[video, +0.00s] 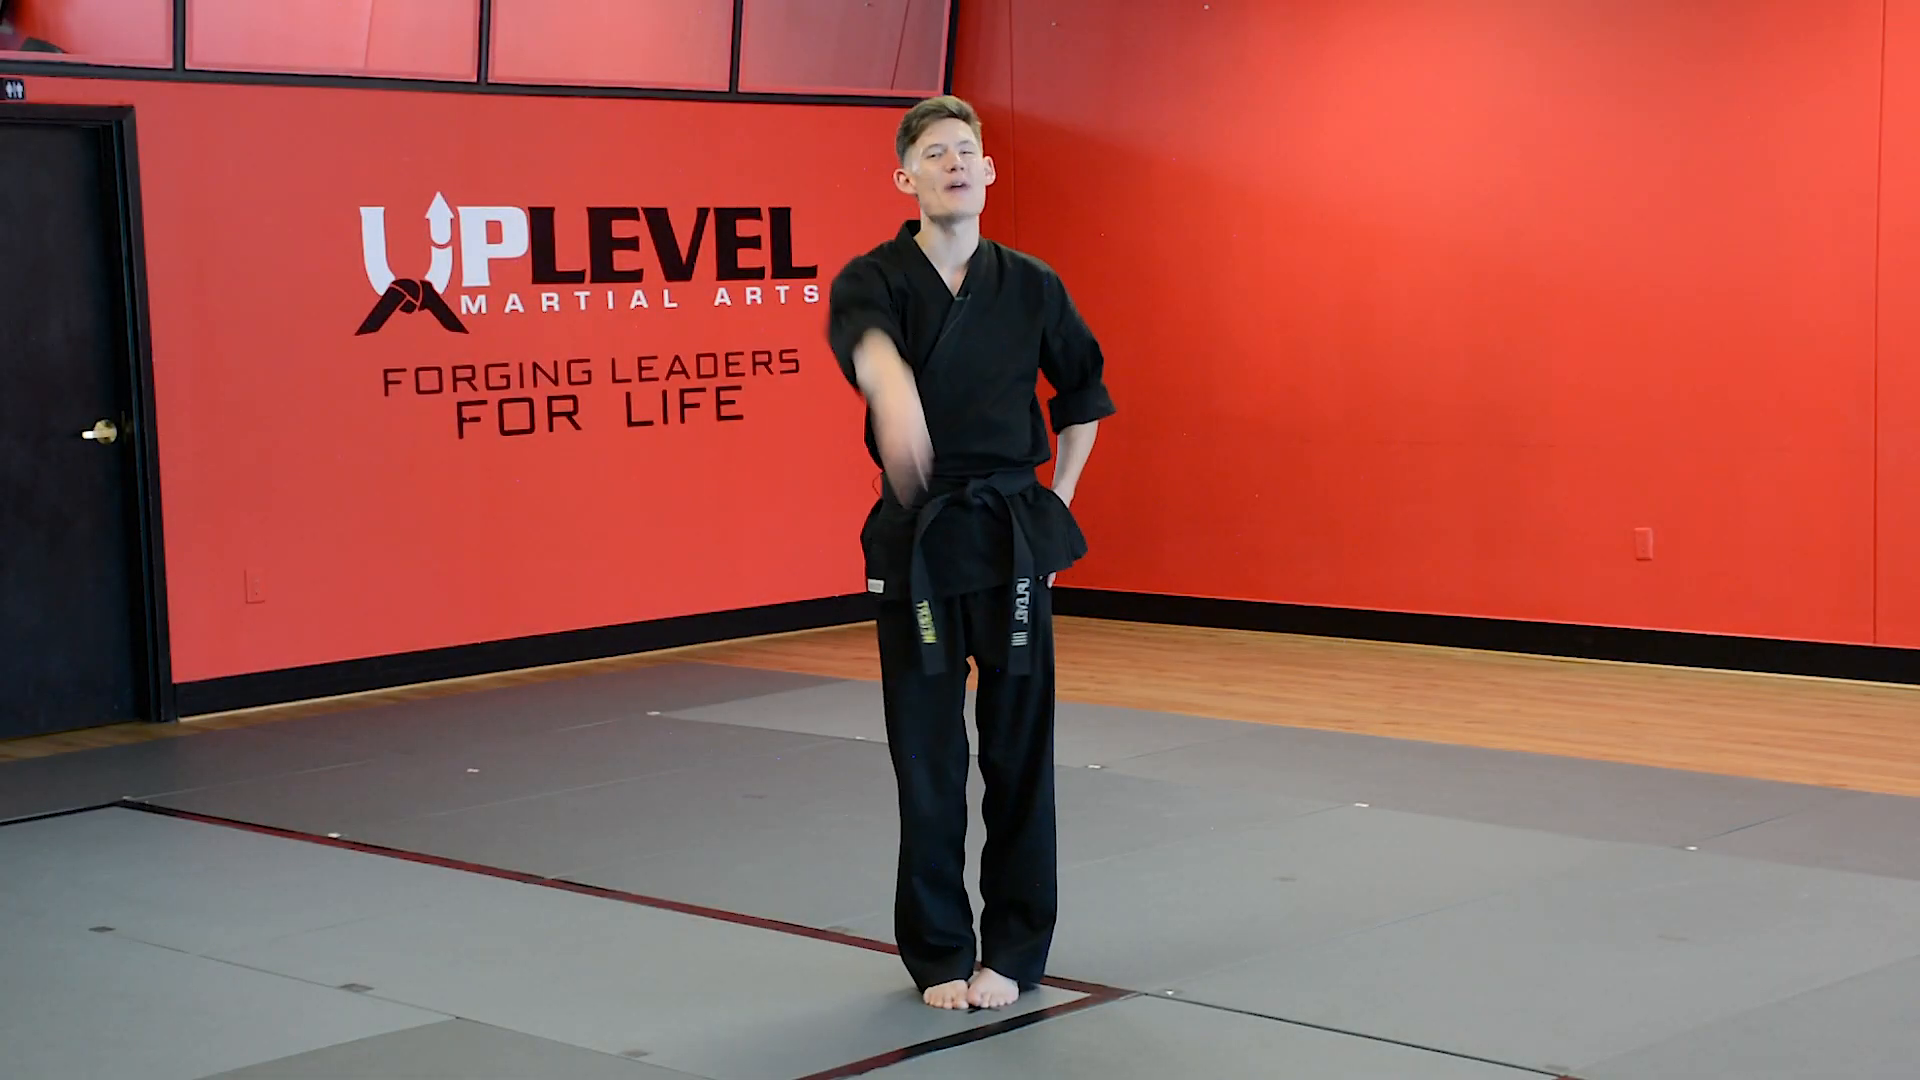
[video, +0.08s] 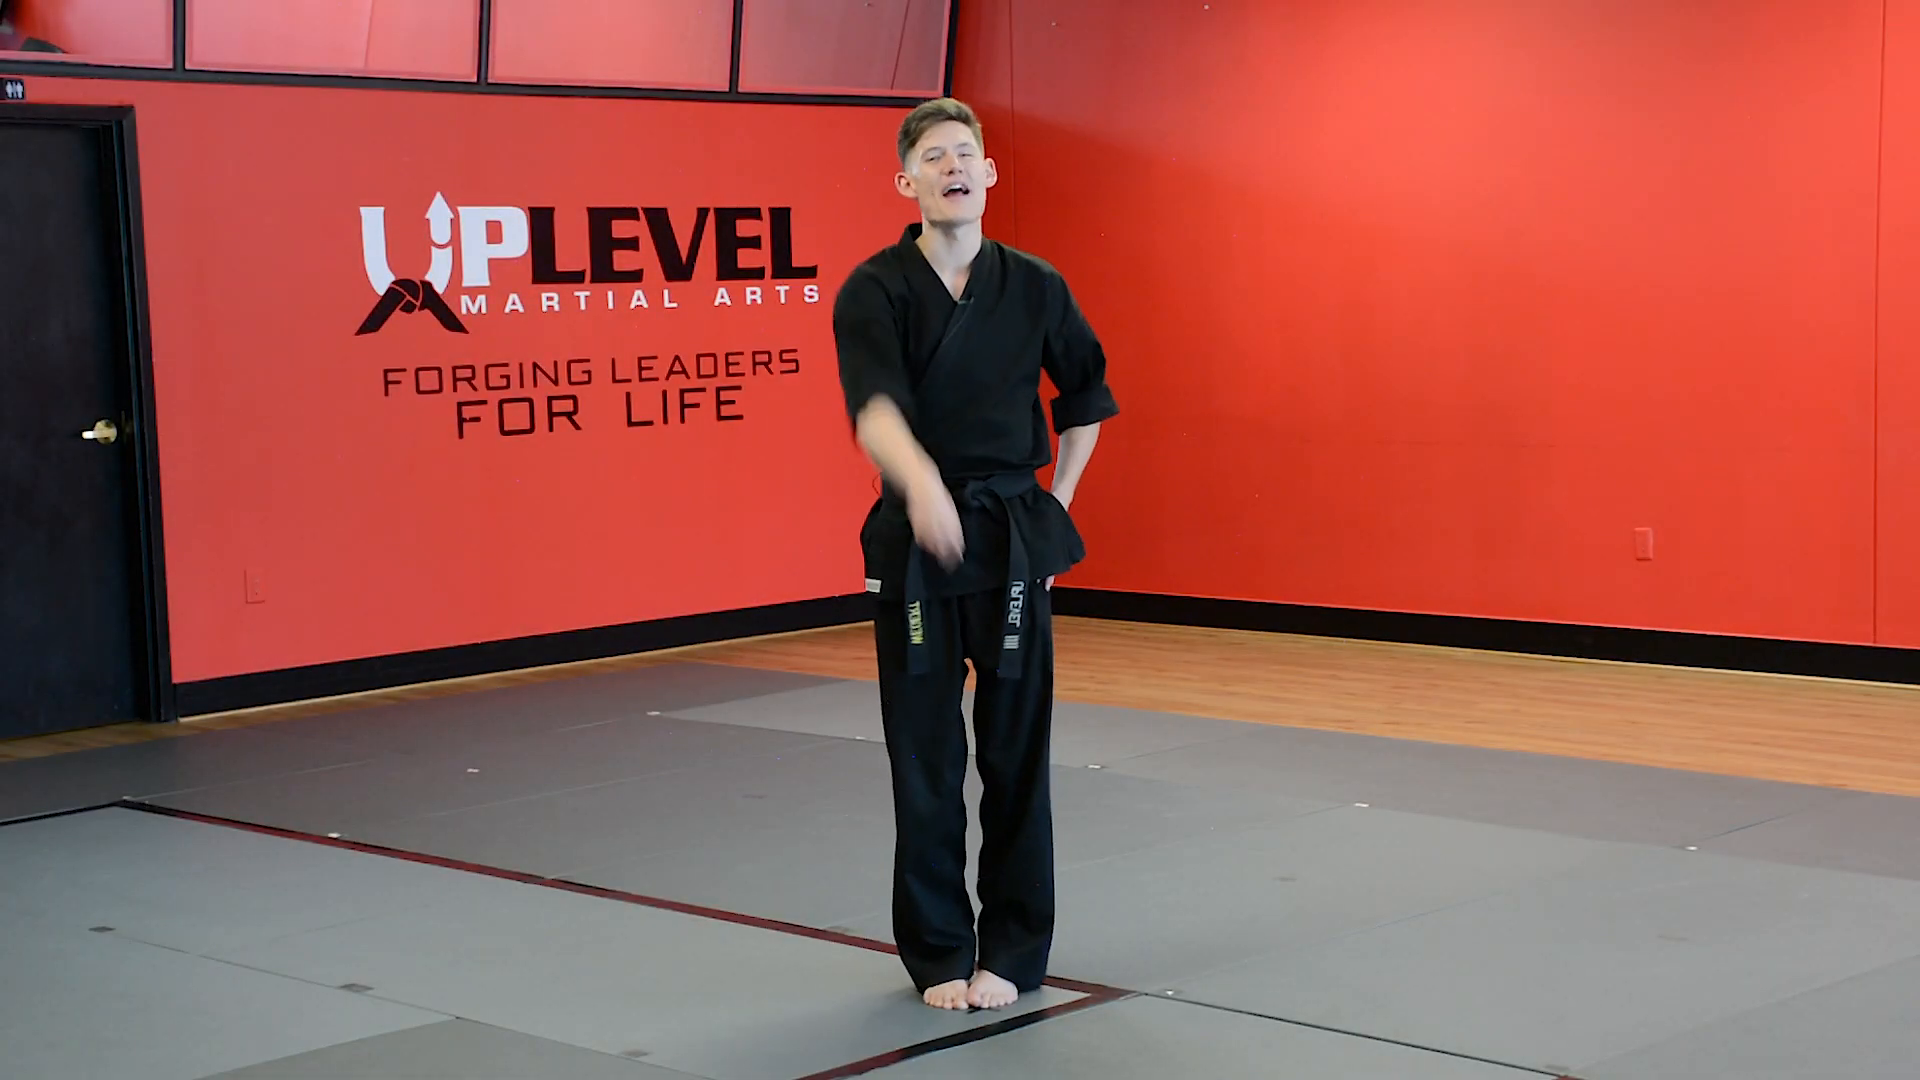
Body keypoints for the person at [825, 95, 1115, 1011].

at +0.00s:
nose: (960, 164)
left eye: (970, 152)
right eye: (938, 154)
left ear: (990, 172)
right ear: (906, 180)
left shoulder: (1030, 283)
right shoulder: (870, 281)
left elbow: (1086, 393)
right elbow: (878, 365)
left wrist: (1054, 502)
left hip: (1014, 531)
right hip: (915, 536)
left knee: (1018, 758)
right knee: (928, 761)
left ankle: (1013, 954)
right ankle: (939, 953)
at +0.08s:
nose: (955, 166)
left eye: (967, 154)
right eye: (935, 157)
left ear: (992, 175)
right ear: (906, 184)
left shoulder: (1035, 284)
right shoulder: (873, 290)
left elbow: (1088, 392)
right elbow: (874, 408)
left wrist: (1058, 499)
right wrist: (923, 491)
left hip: (1015, 532)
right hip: (918, 534)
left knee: (1017, 758)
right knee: (926, 760)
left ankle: (1014, 957)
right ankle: (939, 956)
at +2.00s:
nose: (960, 196)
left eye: (975, 179)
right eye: (944, 180)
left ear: (1004, 188)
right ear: (922, 192)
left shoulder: (1054, 297)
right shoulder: (884, 296)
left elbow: (1107, 432)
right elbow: (855, 438)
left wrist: (1064, 547)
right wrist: (870, 553)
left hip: (1017, 545)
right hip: (915, 545)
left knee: (1021, 766)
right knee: (927, 765)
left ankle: (1011, 955)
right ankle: (945, 953)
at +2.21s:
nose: (957, 192)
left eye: (972, 176)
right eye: (941, 177)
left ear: (1001, 187)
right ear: (918, 190)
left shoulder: (1050, 297)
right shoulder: (880, 296)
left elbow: (1115, 420)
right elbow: (822, 416)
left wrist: (1120, 531)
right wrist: (821, 492)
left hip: (1018, 544)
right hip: (915, 544)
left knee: (1021, 762)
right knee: (927, 762)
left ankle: (1011, 953)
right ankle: (945, 952)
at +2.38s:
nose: (949, 192)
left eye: (966, 176)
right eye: (934, 177)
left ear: (995, 187)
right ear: (913, 188)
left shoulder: (1045, 291)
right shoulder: (877, 291)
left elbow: (1073, 418)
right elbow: (861, 438)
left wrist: (1056, 420)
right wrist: (858, 394)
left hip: (1011, 538)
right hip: (914, 538)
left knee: (1017, 756)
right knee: (927, 758)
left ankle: (1010, 952)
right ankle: (943, 953)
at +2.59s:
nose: (949, 189)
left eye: (965, 174)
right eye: (934, 174)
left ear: (993, 186)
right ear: (912, 187)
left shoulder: (1044, 293)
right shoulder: (873, 296)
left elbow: (1079, 421)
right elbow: (838, 426)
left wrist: (1059, 513)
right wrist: (869, 518)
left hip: (1017, 534)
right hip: (916, 536)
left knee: (1020, 755)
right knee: (927, 758)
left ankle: (1009, 954)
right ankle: (942, 954)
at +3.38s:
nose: (921, 243)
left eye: (938, 226)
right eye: (908, 227)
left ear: (975, 233)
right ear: (891, 238)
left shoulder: (1033, 340)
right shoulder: (865, 341)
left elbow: (1061, 484)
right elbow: (814, 478)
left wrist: (1061, 605)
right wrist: (829, 580)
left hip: (1011, 573)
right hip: (909, 576)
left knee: (1025, 787)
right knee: (910, 786)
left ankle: (1012, 959)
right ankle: (940, 959)